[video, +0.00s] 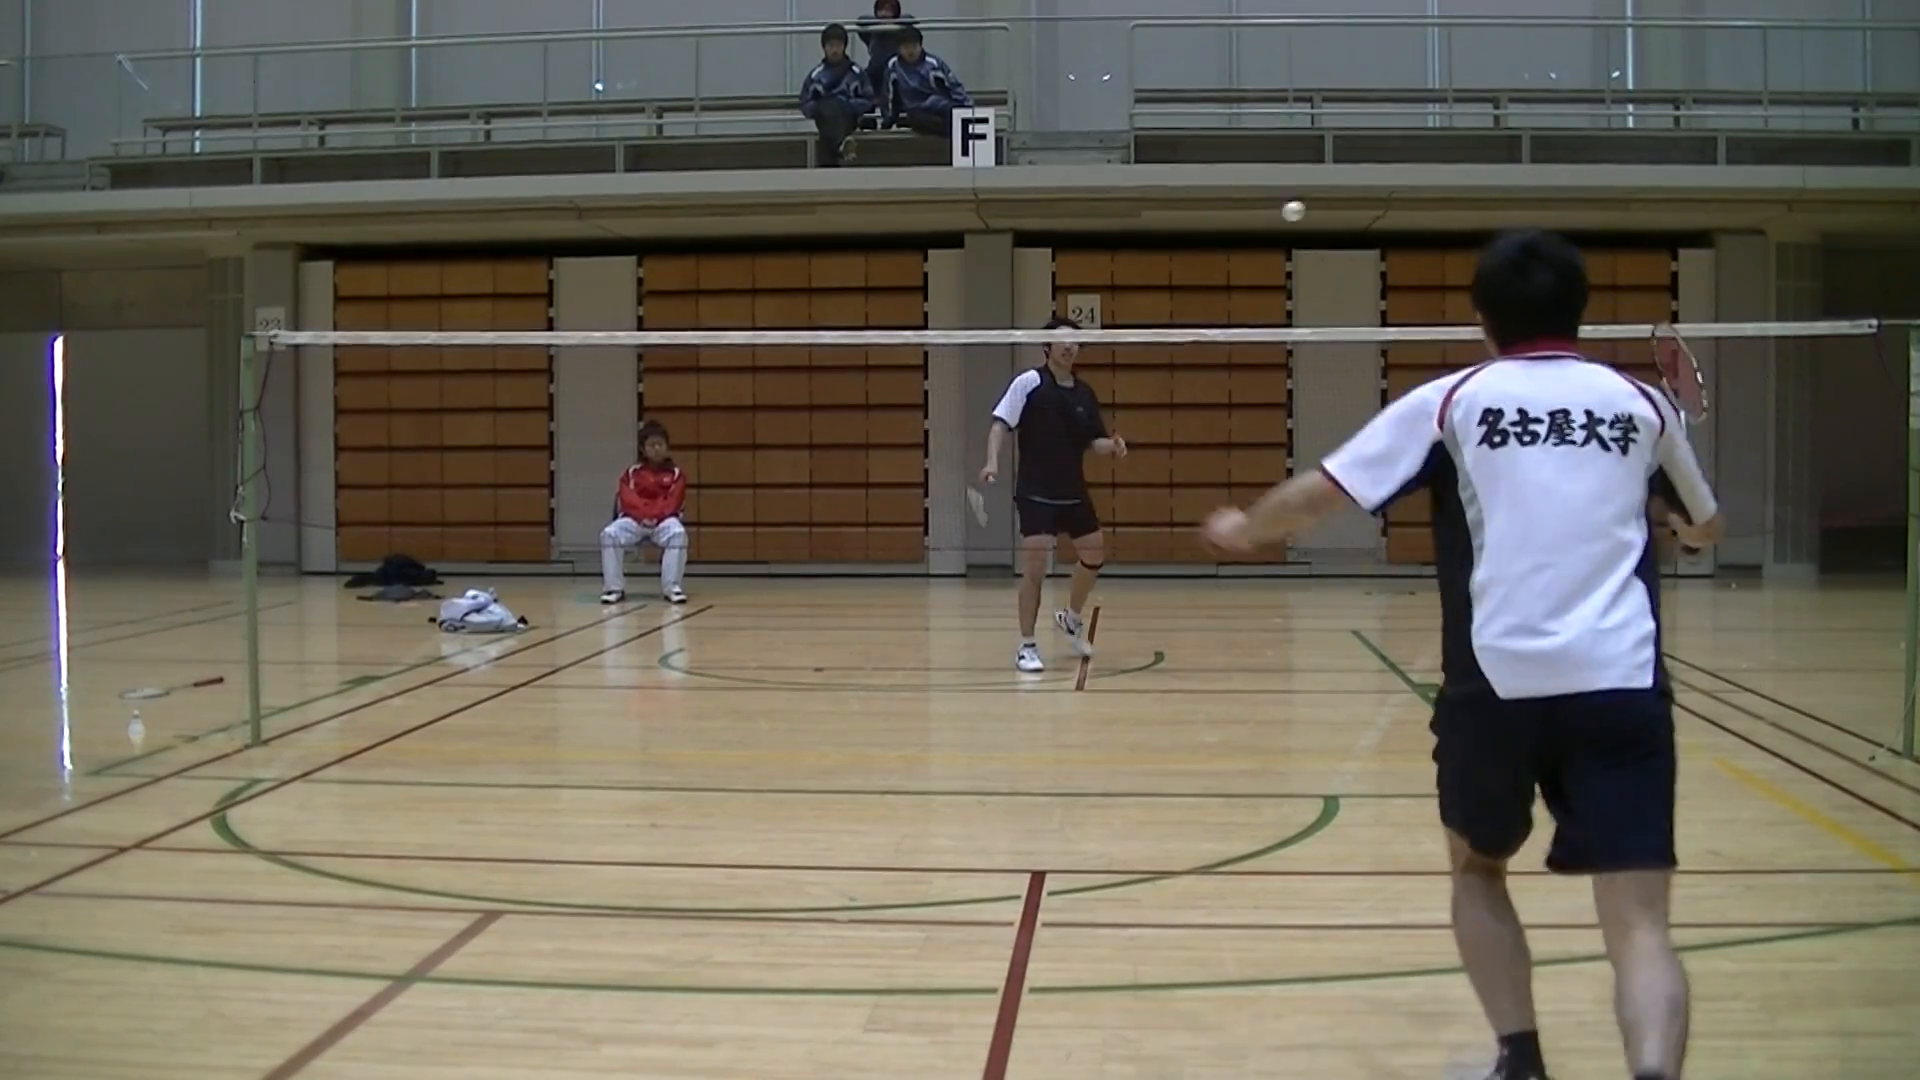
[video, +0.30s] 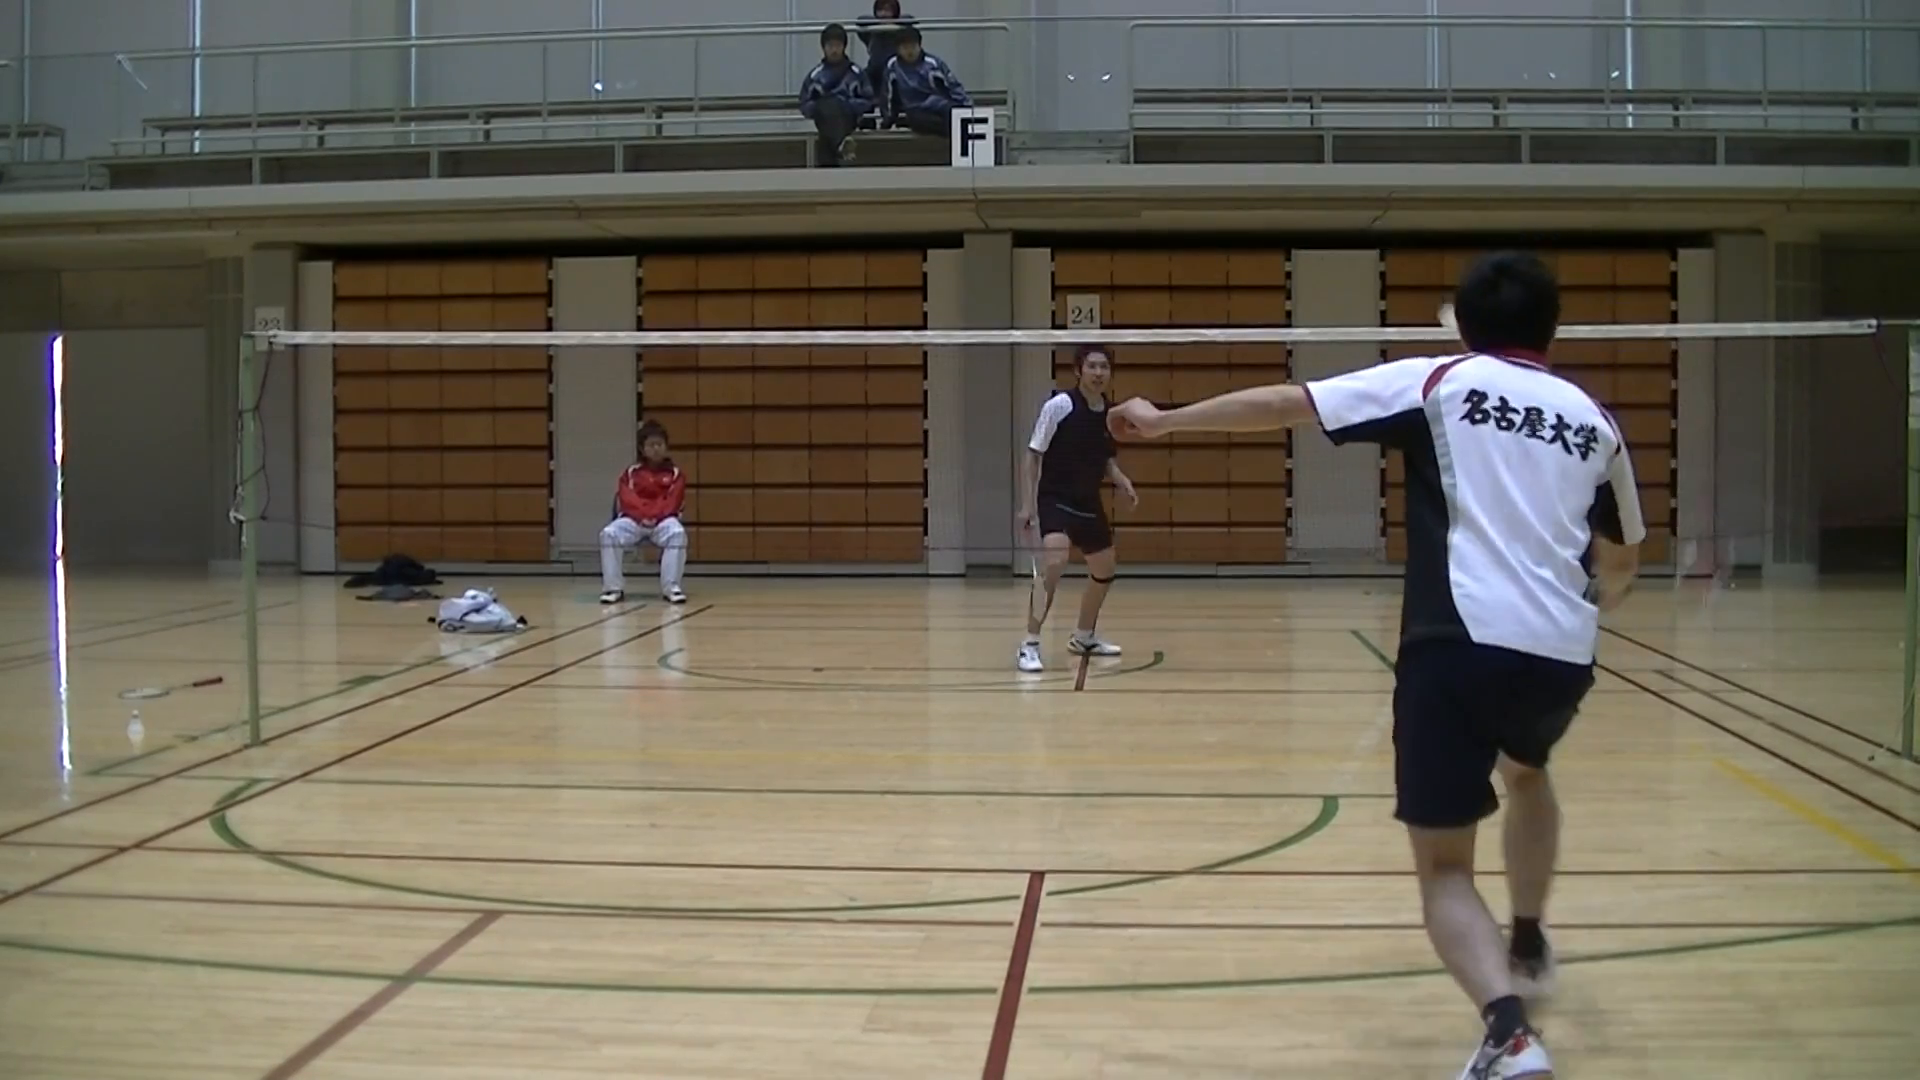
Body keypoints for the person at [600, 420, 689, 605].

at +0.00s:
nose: (656, 449)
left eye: (660, 444)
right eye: (651, 445)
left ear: (667, 447)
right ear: (643, 449)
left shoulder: (676, 474)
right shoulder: (632, 472)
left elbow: (673, 503)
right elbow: (627, 499)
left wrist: (655, 517)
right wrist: (643, 515)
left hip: (663, 519)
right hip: (634, 519)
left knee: (678, 535)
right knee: (609, 535)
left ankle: (672, 587)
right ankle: (614, 588)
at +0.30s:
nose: (656, 449)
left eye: (659, 444)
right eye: (651, 445)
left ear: (666, 447)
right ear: (642, 449)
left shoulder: (675, 474)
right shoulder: (631, 472)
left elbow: (672, 503)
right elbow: (626, 499)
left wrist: (654, 516)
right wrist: (643, 515)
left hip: (662, 519)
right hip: (633, 519)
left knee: (677, 535)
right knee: (609, 535)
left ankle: (671, 587)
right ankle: (613, 589)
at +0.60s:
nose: (664, 449)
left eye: (669, 444)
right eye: (659, 445)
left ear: (676, 447)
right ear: (651, 449)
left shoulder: (683, 475)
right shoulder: (640, 473)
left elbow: (680, 505)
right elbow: (635, 500)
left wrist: (660, 516)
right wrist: (652, 515)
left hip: (671, 519)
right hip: (643, 519)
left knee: (687, 534)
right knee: (618, 535)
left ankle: (682, 587)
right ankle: (622, 589)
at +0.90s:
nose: (694, 448)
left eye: (698, 443)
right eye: (688, 444)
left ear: (704, 446)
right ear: (678, 448)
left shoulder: (712, 472)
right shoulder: (668, 472)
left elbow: (709, 502)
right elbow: (665, 501)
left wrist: (691, 515)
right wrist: (682, 514)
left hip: (700, 518)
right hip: (672, 518)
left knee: (714, 534)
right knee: (647, 534)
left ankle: (709, 585)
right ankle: (650, 588)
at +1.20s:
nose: (660, 448)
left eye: (664, 443)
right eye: (655, 443)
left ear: (670, 445)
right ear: (646, 448)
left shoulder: (678, 472)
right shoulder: (636, 471)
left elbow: (676, 500)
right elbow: (630, 498)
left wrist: (660, 515)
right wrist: (645, 514)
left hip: (666, 518)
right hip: (638, 518)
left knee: (681, 534)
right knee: (613, 534)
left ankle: (675, 586)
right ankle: (617, 588)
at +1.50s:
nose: (653, 449)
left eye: (656, 444)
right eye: (648, 445)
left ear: (662, 447)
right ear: (638, 450)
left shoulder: (670, 474)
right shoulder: (628, 473)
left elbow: (669, 503)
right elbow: (623, 501)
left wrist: (652, 518)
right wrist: (638, 516)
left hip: (659, 520)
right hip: (630, 520)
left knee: (673, 536)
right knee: (606, 535)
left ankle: (668, 587)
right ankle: (609, 589)